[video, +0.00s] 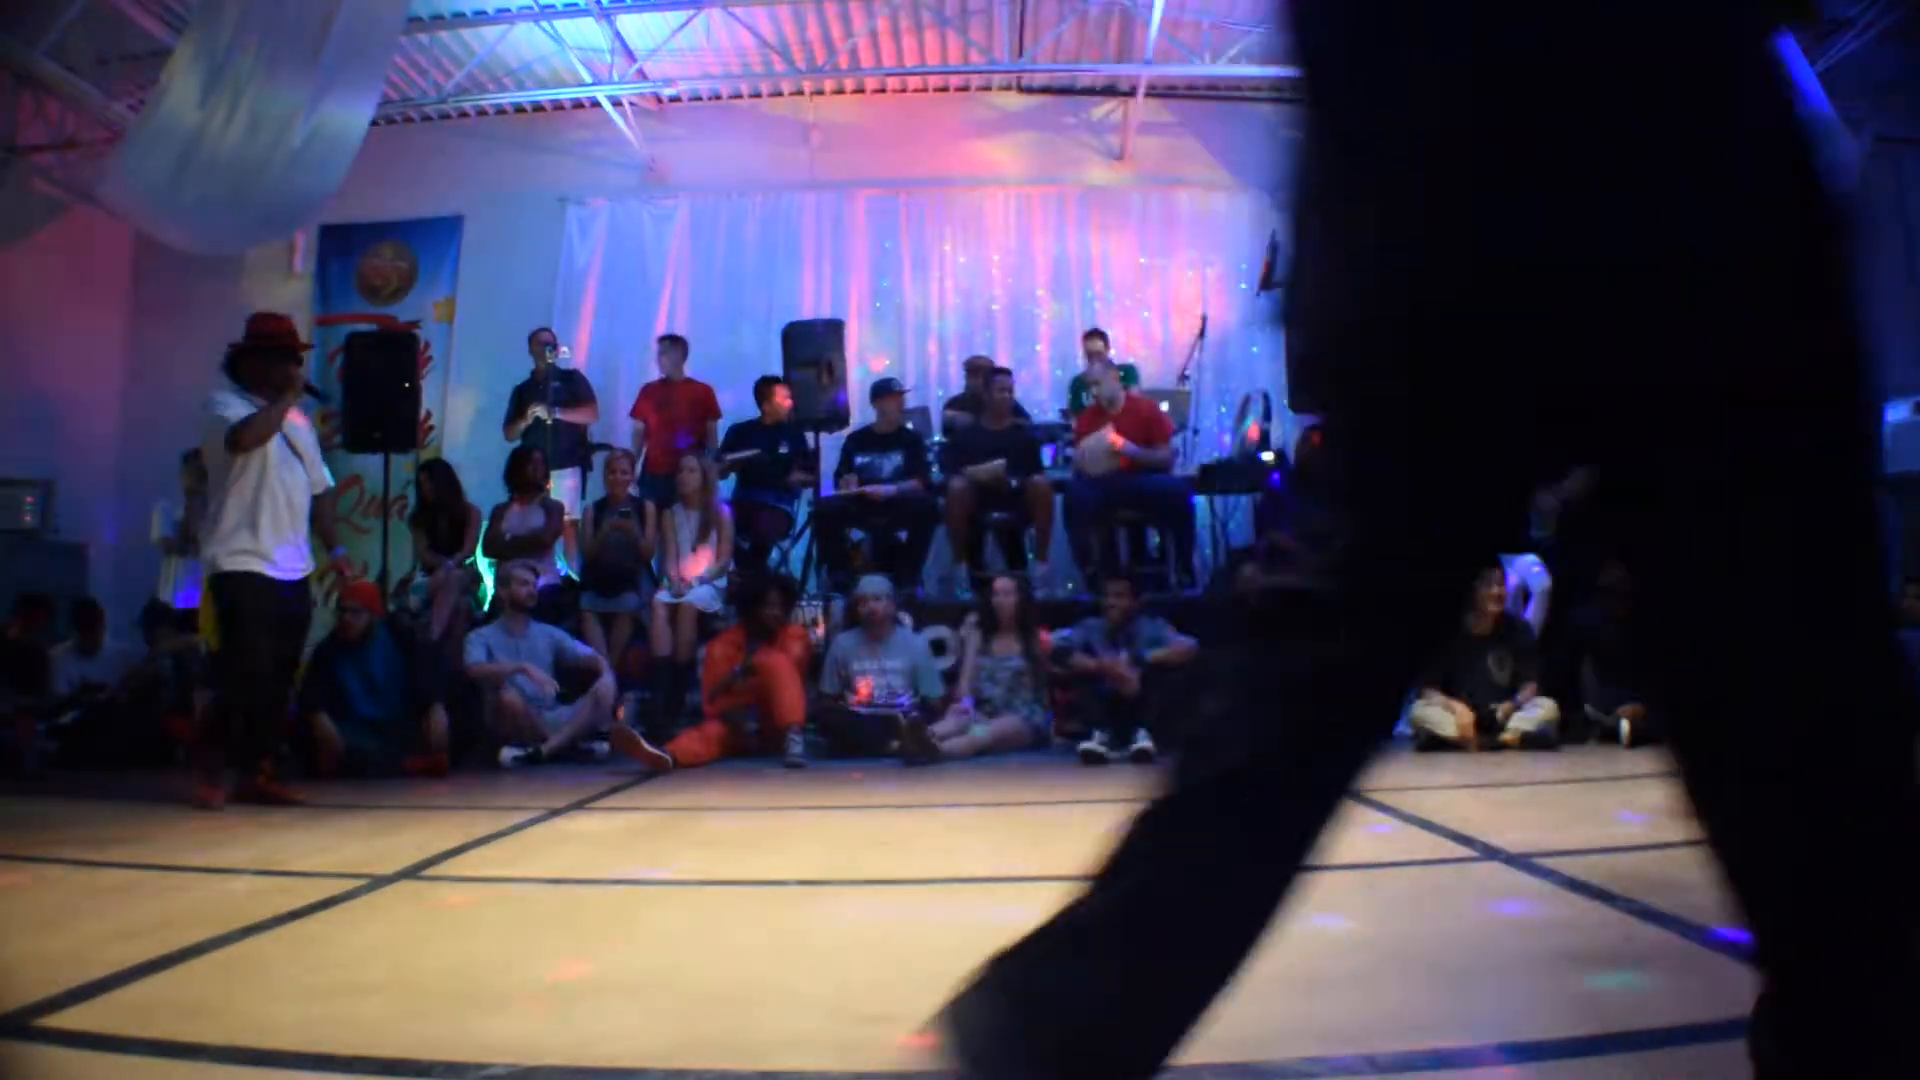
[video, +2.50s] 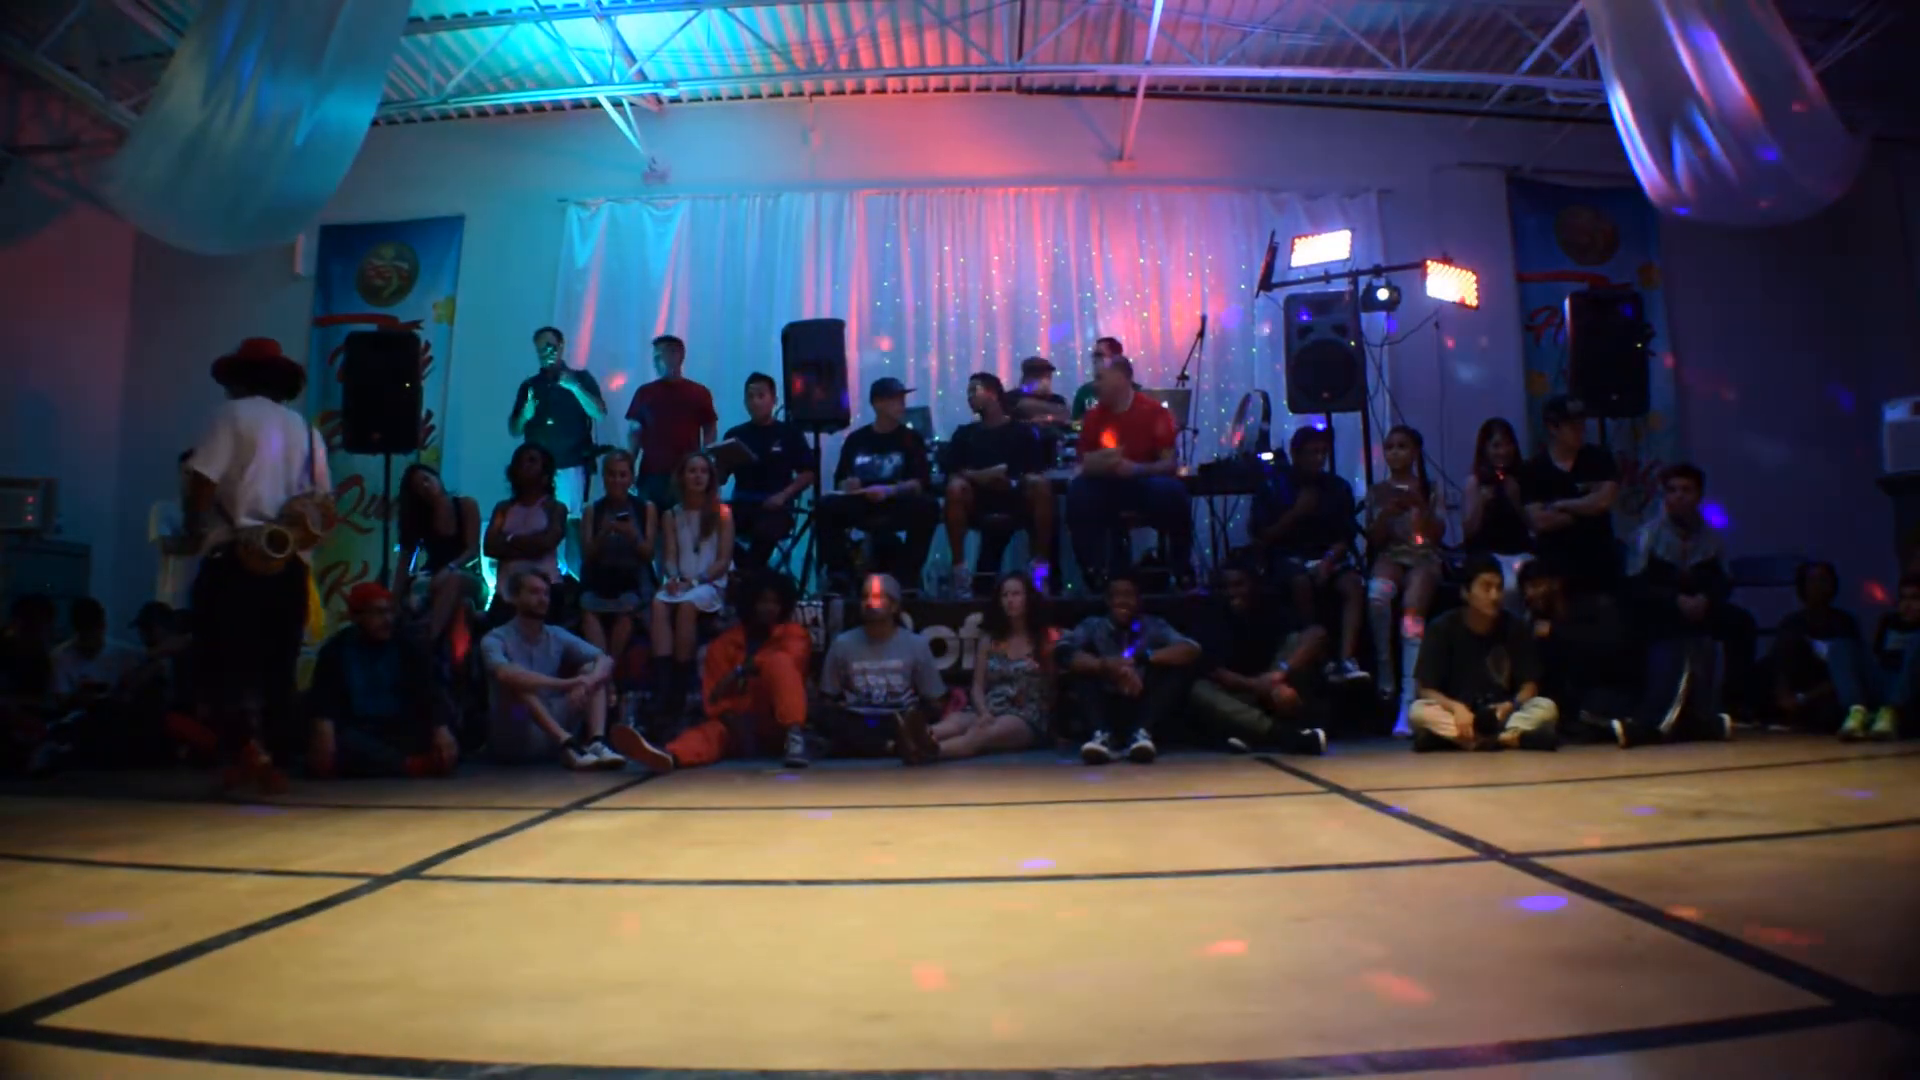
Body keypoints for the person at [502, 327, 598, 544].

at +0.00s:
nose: (547, 350)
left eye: (551, 345)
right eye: (542, 346)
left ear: (557, 349)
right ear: (531, 351)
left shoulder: (573, 379)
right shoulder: (523, 389)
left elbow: (591, 414)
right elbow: (509, 434)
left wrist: (554, 413)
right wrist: (526, 420)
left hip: (567, 464)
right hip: (534, 467)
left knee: (568, 525)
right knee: (534, 526)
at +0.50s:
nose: (549, 350)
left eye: (553, 345)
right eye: (543, 346)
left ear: (559, 349)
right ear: (534, 350)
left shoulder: (575, 380)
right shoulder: (525, 390)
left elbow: (594, 415)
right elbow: (512, 433)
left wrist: (560, 414)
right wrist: (530, 419)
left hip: (570, 463)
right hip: (537, 466)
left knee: (570, 523)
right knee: (536, 524)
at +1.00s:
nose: (551, 350)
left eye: (555, 345)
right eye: (546, 345)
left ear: (562, 349)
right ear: (536, 350)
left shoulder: (577, 379)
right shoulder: (529, 383)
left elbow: (596, 414)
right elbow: (504, 415)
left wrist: (566, 391)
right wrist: (523, 382)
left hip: (570, 464)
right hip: (537, 465)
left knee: (570, 524)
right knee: (535, 524)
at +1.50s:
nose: (553, 351)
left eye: (558, 346)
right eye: (548, 347)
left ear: (567, 349)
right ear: (541, 350)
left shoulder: (581, 380)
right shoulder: (533, 382)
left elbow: (594, 408)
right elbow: (506, 383)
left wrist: (566, 374)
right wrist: (537, 358)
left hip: (572, 459)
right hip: (538, 459)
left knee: (570, 520)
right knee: (535, 518)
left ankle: (571, 575)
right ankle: (536, 578)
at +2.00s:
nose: (555, 353)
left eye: (561, 348)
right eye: (550, 348)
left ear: (569, 351)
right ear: (542, 350)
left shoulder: (583, 380)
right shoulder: (534, 382)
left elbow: (593, 408)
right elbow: (507, 385)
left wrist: (565, 375)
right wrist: (533, 357)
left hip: (572, 461)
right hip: (538, 461)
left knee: (572, 523)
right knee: (535, 520)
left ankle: (573, 577)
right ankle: (537, 578)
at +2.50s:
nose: (547, 352)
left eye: (551, 346)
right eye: (541, 348)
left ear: (561, 347)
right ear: (536, 352)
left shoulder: (580, 378)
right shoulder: (529, 386)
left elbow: (599, 413)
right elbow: (514, 429)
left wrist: (574, 387)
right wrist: (525, 413)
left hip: (571, 462)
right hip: (539, 465)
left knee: (570, 523)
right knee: (539, 523)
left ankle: (572, 577)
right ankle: (543, 578)